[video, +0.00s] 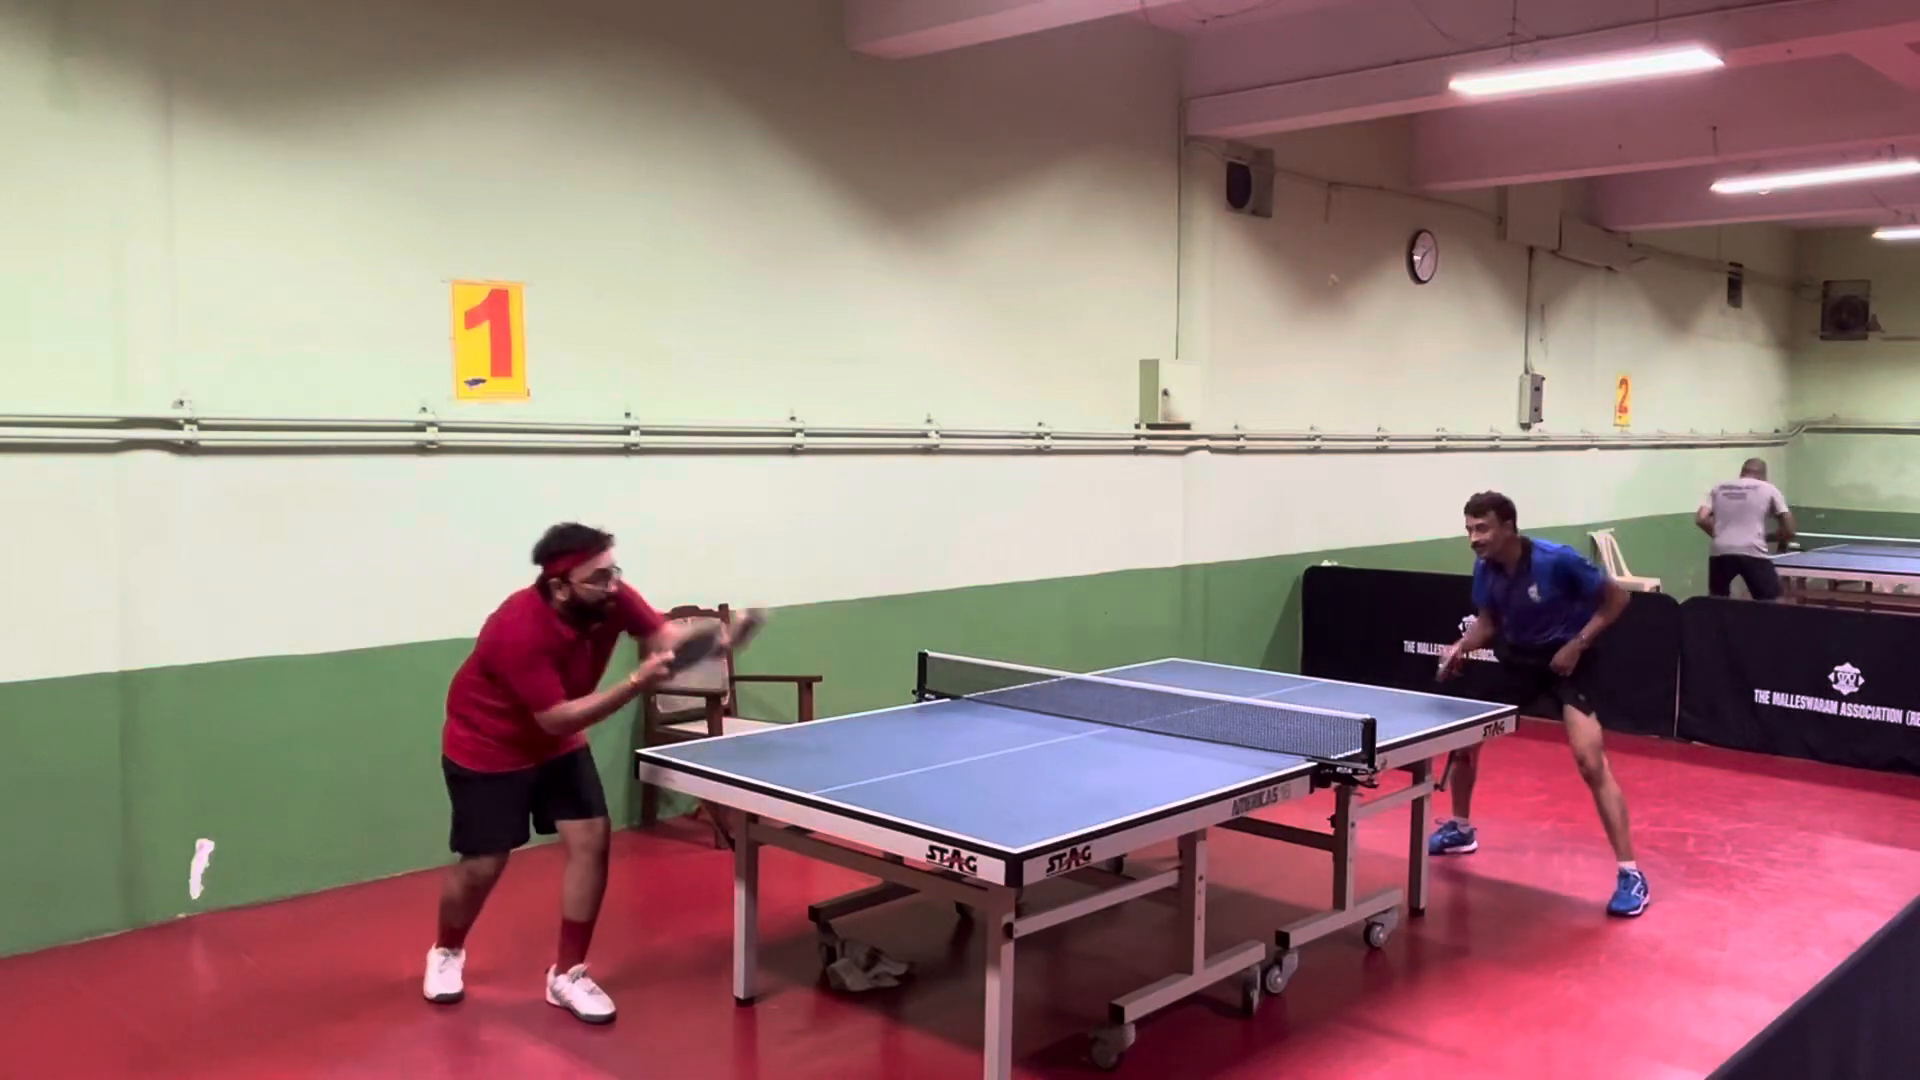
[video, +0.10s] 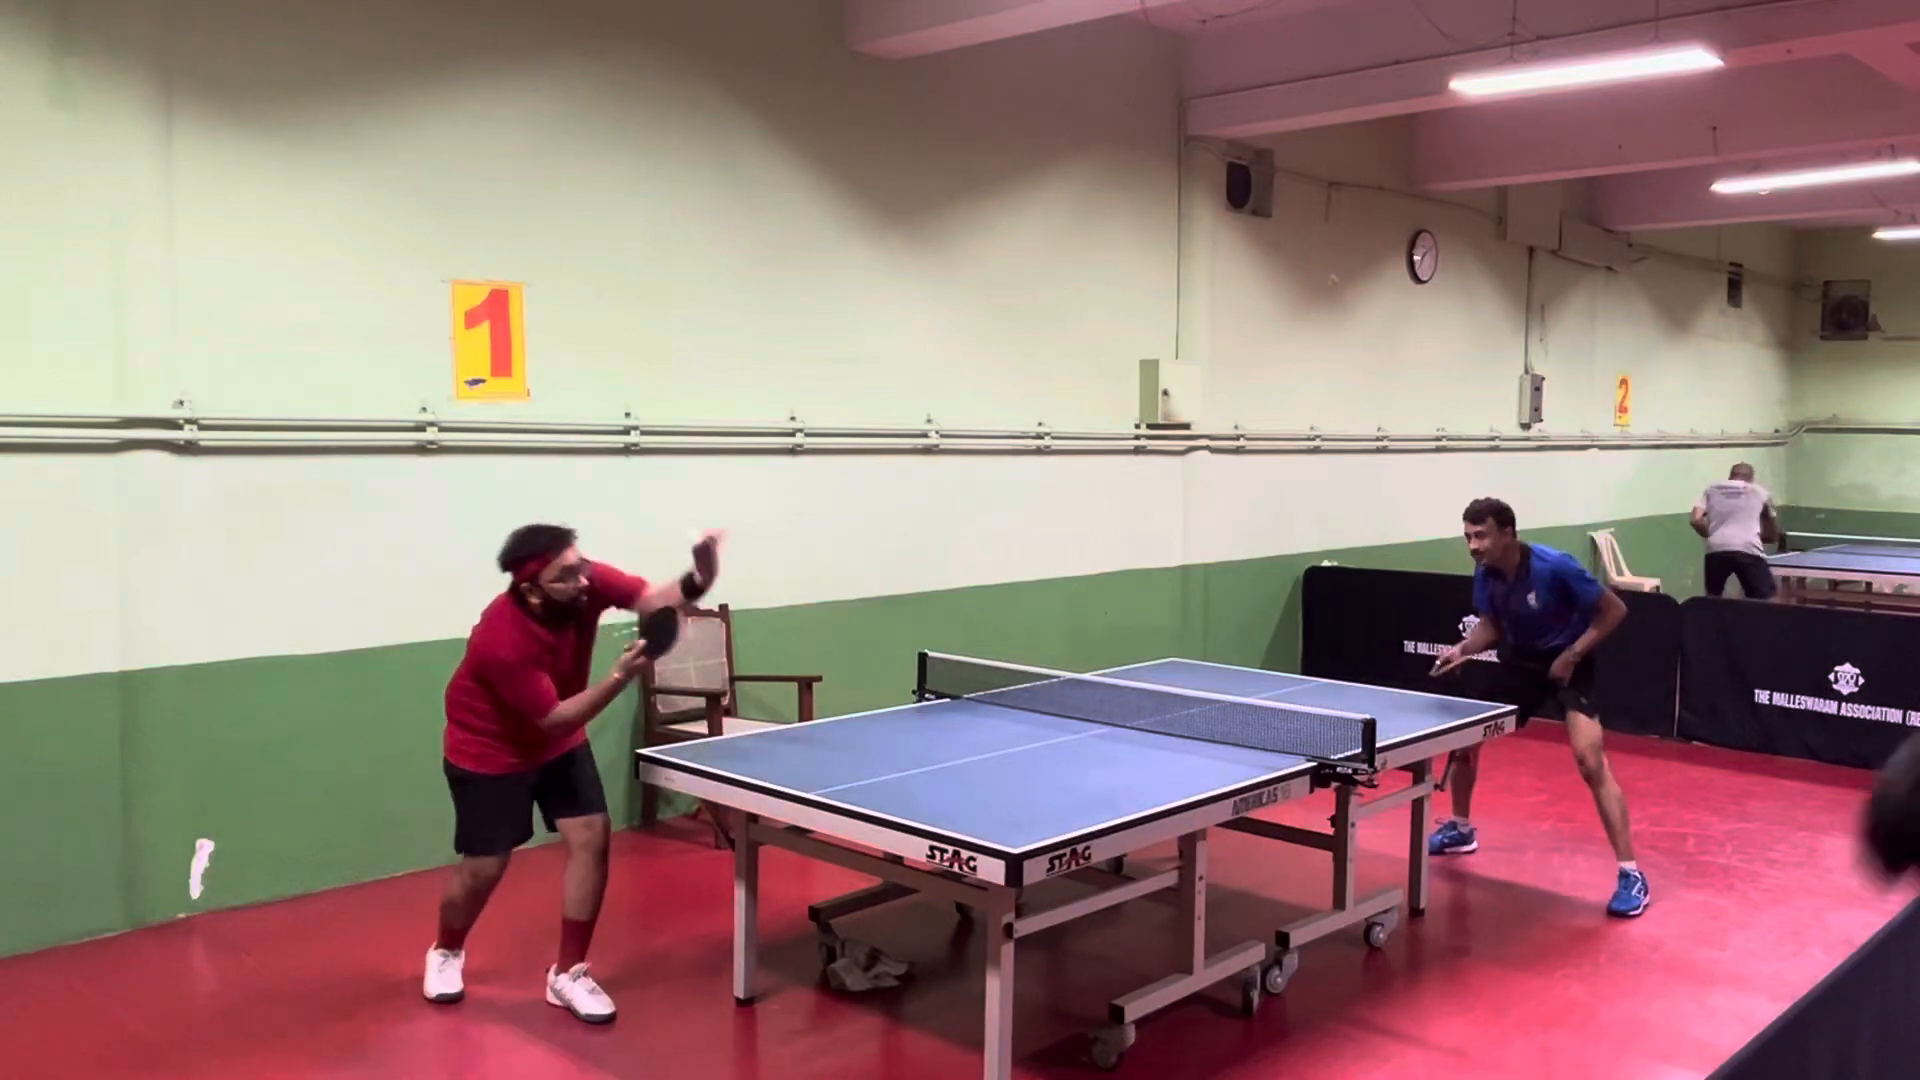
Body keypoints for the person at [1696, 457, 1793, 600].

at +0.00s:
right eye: (1763, 476)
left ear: (1741, 473)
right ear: (1763, 475)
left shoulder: (1719, 487)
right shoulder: (1769, 489)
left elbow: (1701, 519)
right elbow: (1788, 530)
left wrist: (1720, 535)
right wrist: (1779, 538)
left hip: (1721, 554)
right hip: (1753, 554)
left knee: (1717, 606)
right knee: (1770, 606)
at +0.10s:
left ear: (1729, 477)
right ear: (1751, 479)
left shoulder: (1711, 490)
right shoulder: (1761, 494)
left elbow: (1696, 520)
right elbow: (1772, 536)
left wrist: (1712, 535)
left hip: (1716, 553)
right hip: (1749, 552)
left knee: (1712, 602)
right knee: (1764, 603)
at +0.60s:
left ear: (1736, 471)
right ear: (1759, 473)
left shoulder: (1720, 485)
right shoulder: (1769, 492)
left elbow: (1704, 515)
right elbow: (1771, 529)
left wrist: (1706, 545)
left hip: (1727, 549)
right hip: (1760, 549)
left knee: (1715, 600)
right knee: (1784, 601)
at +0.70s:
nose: (1774, 476)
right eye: (1773, 473)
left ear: (1749, 473)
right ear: (1772, 475)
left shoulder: (1730, 490)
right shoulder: (1782, 495)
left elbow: (1713, 522)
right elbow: (1786, 530)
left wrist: (1717, 552)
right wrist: (1783, 550)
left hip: (1735, 554)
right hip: (1769, 554)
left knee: (1722, 606)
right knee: (1796, 605)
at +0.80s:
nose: (1790, 476)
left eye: (1789, 473)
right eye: (1789, 473)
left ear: (1766, 473)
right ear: (1787, 474)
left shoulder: (1747, 492)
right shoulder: (1798, 496)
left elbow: (1729, 523)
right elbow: (1806, 526)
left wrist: (1731, 553)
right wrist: (1805, 550)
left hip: (1748, 556)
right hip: (1781, 557)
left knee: (1733, 606)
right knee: (1804, 603)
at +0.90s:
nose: (1809, 475)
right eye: (1809, 471)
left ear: (1786, 470)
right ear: (1806, 472)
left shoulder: (1764, 489)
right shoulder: (1814, 494)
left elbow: (1746, 522)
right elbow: (1823, 529)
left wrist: (1748, 551)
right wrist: (1822, 550)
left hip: (1759, 556)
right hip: (1793, 558)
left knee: (1739, 604)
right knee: (1817, 606)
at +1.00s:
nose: (1824, 474)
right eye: (1824, 470)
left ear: (1800, 469)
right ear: (1821, 471)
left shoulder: (1776, 486)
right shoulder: (1828, 493)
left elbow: (1757, 518)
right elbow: (1838, 544)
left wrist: (1761, 541)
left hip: (1768, 553)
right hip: (1803, 557)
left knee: (1744, 604)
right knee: (1829, 607)